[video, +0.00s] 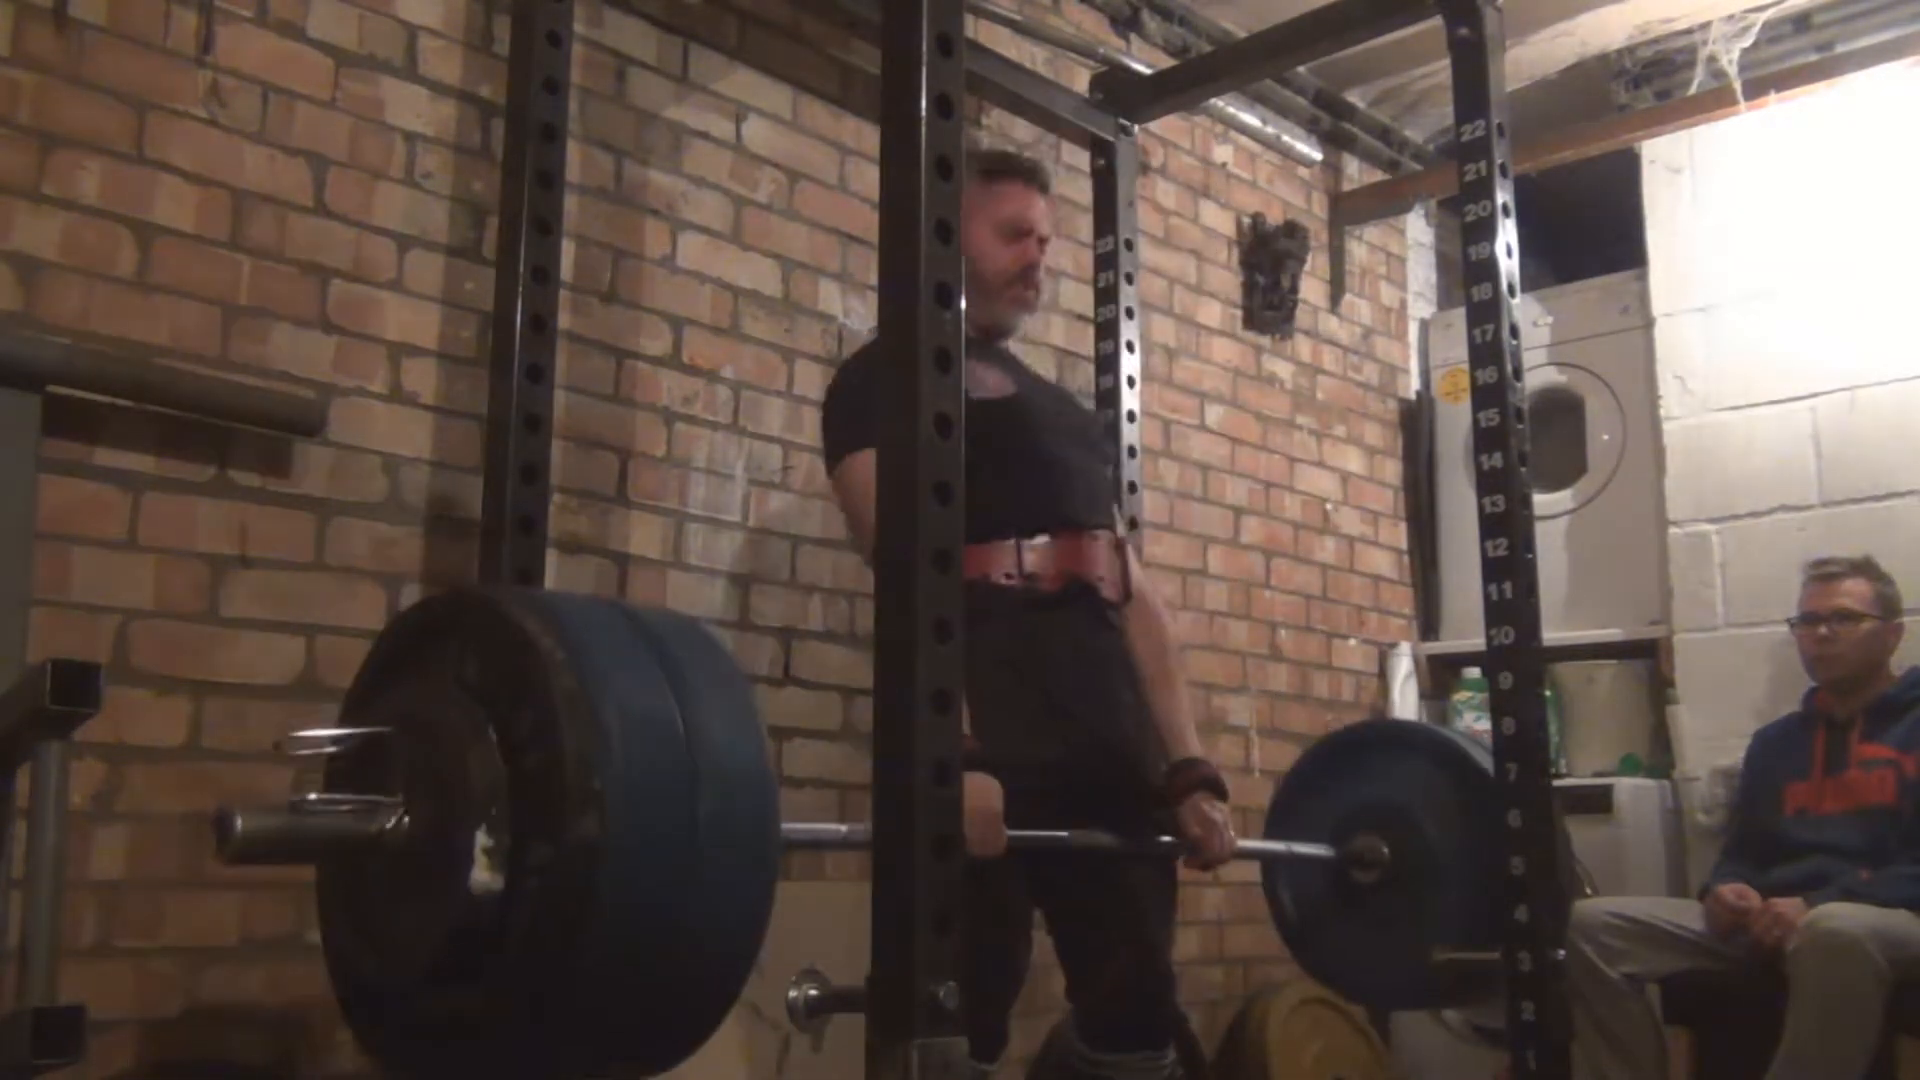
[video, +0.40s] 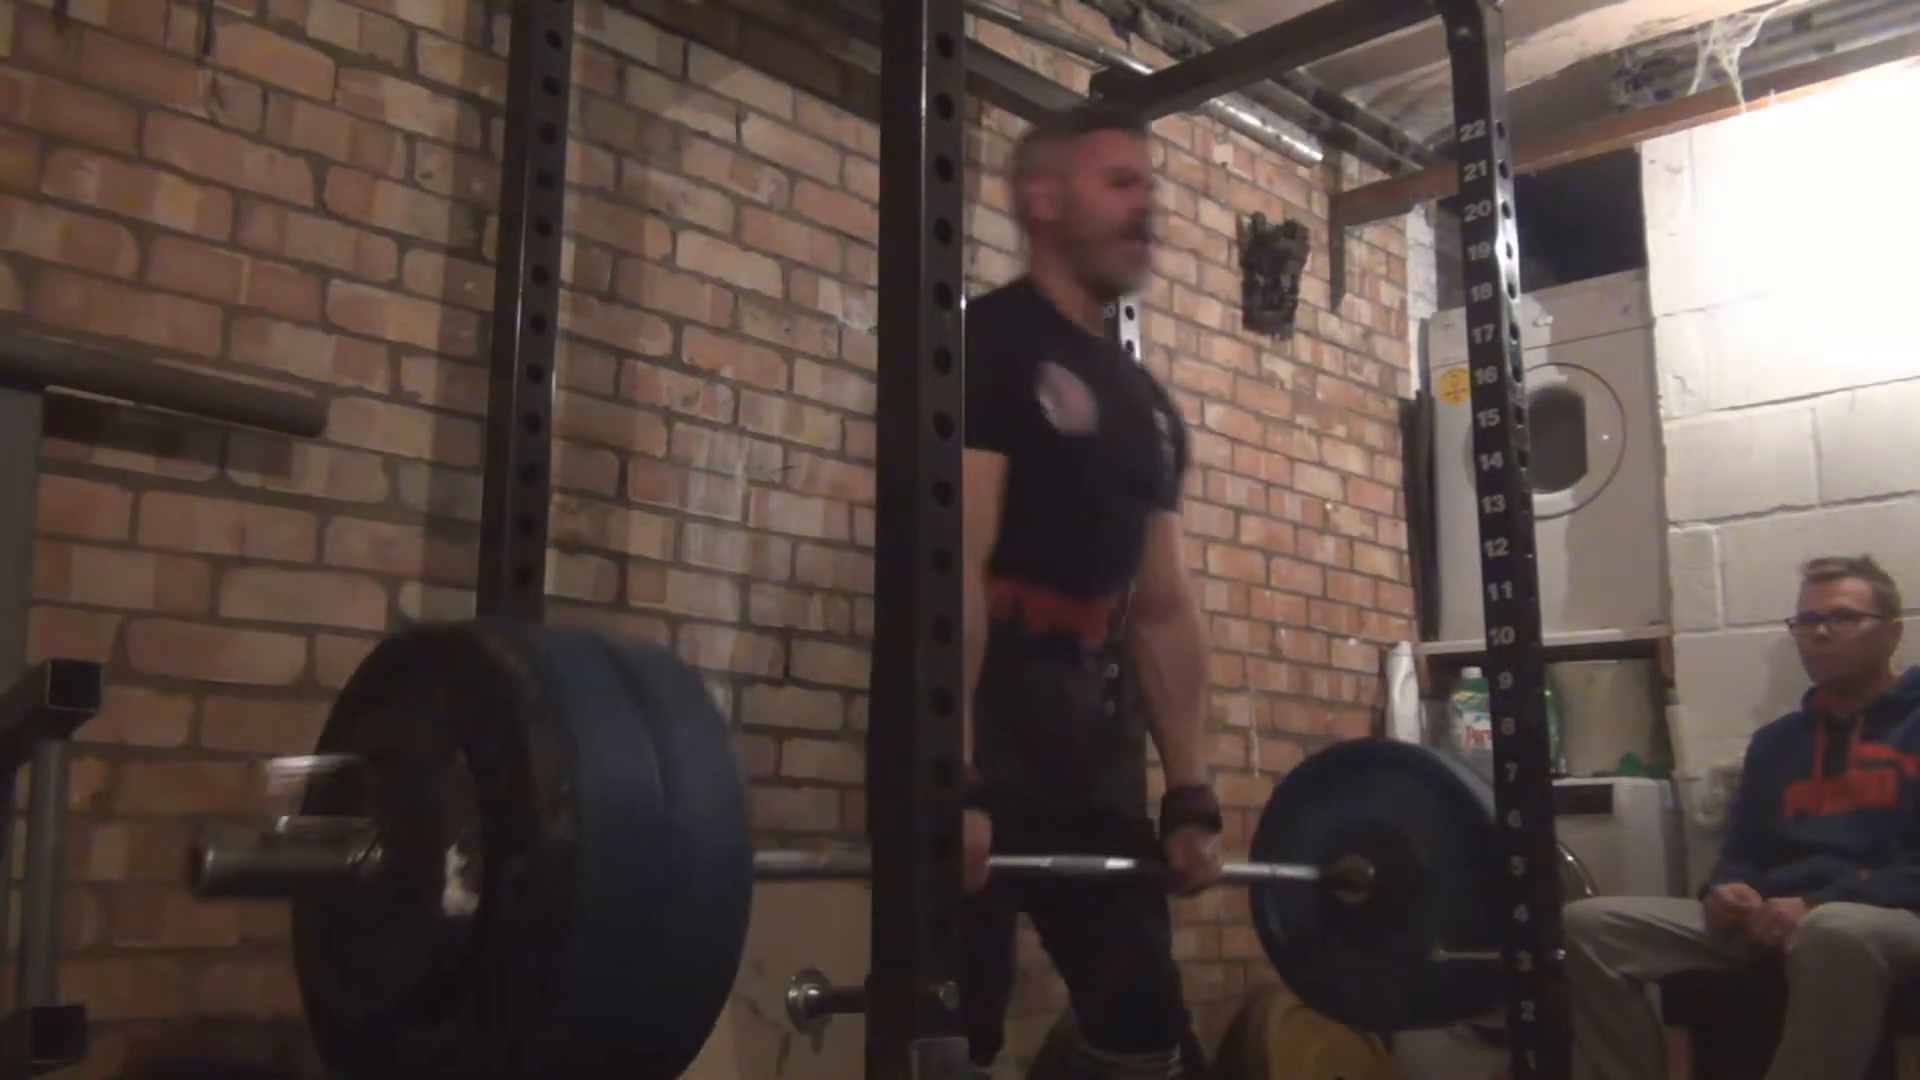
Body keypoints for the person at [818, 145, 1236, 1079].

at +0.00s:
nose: (1036, 259)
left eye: (1044, 240)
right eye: (1013, 235)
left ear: (1046, 253)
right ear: (946, 243)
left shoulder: (1074, 416)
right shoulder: (881, 383)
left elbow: (1130, 594)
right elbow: (909, 576)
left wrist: (1186, 767)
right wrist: (956, 756)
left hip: (1102, 747)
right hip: (970, 750)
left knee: (1134, 1024)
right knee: (959, 1031)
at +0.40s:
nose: (1149, 206)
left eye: (1152, 187)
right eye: (1122, 182)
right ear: (1040, 200)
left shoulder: (1146, 400)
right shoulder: (985, 344)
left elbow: (1162, 605)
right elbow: (951, 576)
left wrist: (1189, 783)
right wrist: (950, 786)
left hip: (1090, 710)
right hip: (981, 696)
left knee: (1137, 1013)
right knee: (959, 1017)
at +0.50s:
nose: (1191, 219)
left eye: (1192, 200)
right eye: (1164, 194)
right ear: (1077, 212)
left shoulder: (1175, 424)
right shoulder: (1002, 357)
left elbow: (1173, 628)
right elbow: (964, 592)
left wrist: (1189, 817)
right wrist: (951, 808)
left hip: (1087, 723)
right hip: (974, 707)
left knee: (1139, 1022)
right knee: (957, 1025)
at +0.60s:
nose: (1217, 248)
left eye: (1218, 227)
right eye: (1189, 224)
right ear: (1102, 239)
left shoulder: (1188, 457)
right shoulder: (1013, 390)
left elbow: (1180, 656)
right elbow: (967, 629)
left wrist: (1196, 845)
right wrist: (955, 847)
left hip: (1038, 703)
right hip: (929, 691)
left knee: (1123, 995)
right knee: (941, 1002)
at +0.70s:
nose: (1235, 291)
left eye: (1237, 268)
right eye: (1207, 264)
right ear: (1119, 274)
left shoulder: (1194, 495)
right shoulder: (1024, 419)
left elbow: (1185, 695)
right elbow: (969, 661)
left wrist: (1196, 887)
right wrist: (949, 901)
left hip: (1020, 709)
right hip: (907, 692)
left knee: (1117, 992)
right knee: (927, 1007)